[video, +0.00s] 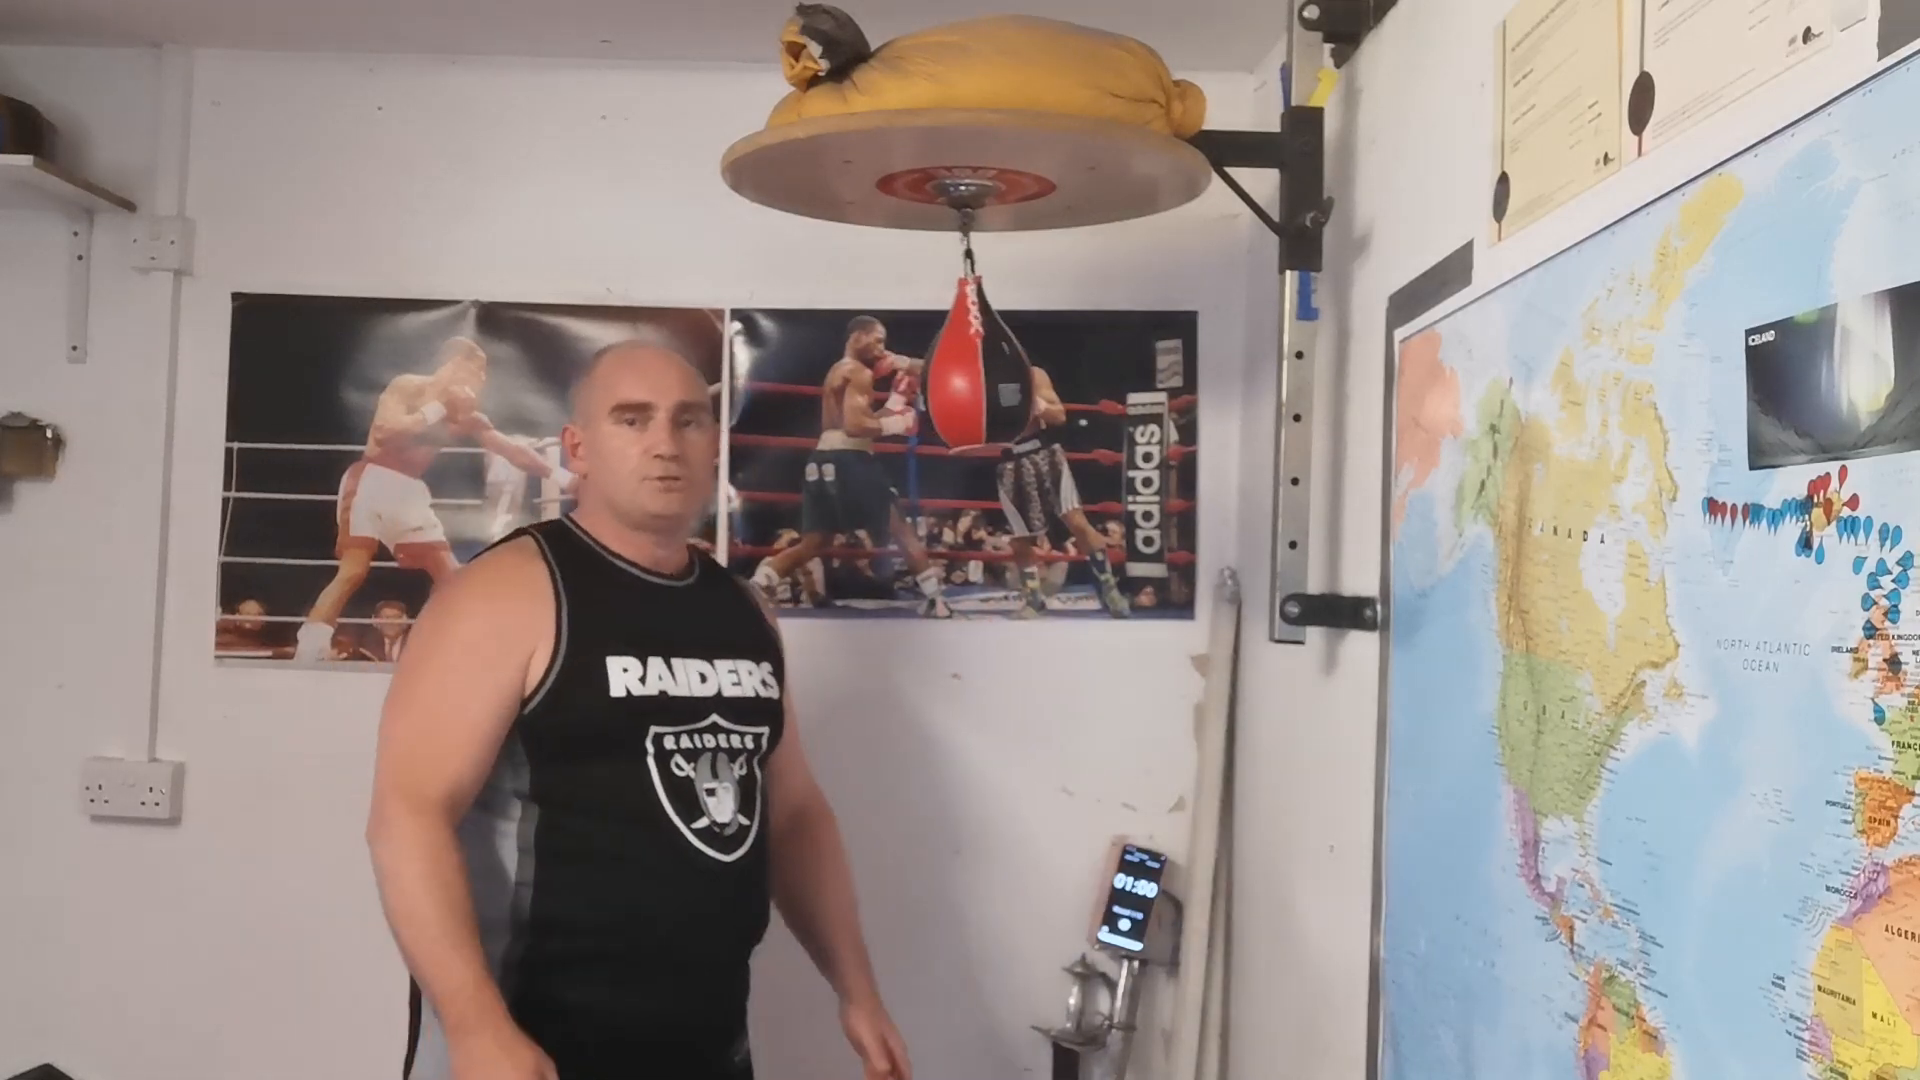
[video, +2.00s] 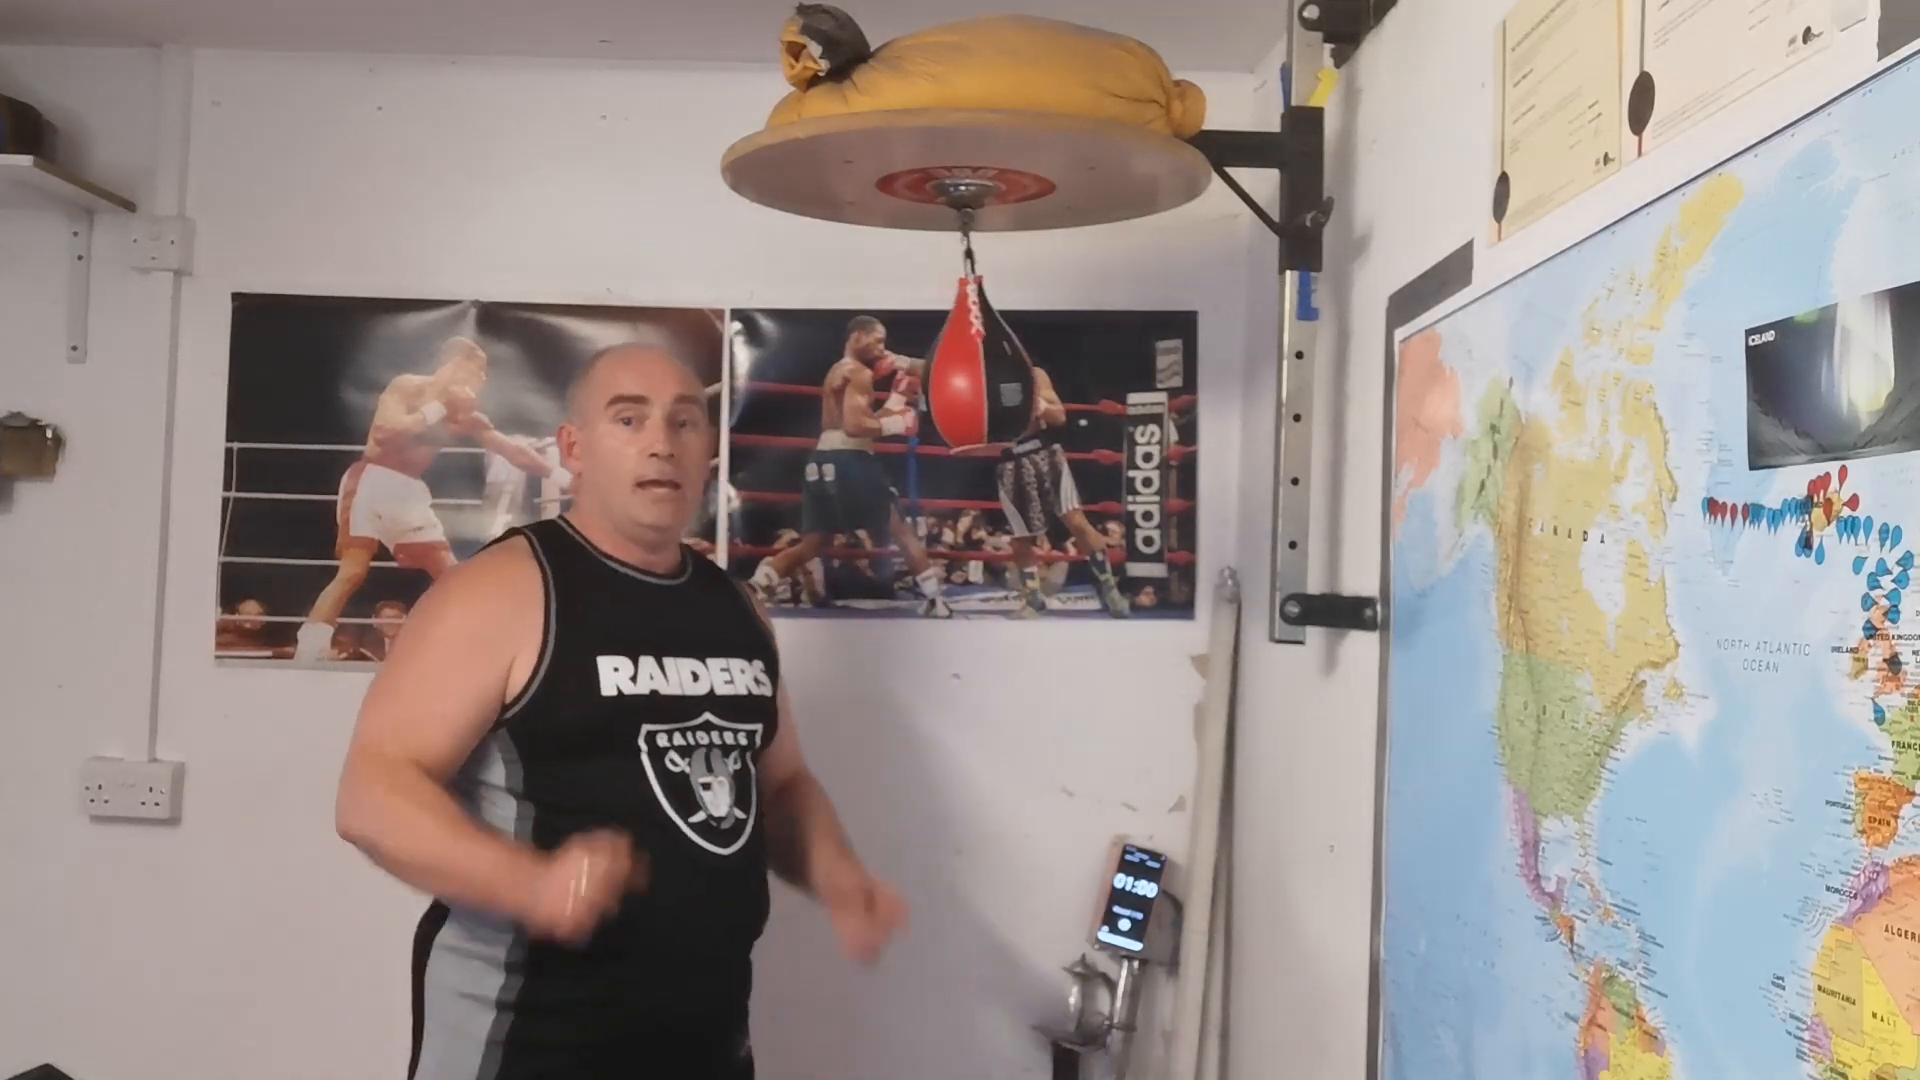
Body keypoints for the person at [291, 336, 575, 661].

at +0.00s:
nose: (476, 382)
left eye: (480, 375)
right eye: (473, 372)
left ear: (476, 379)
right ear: (453, 365)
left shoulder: (462, 411)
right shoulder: (404, 387)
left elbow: (512, 451)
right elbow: (382, 433)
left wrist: (559, 477)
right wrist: (432, 415)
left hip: (408, 491)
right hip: (370, 482)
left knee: (447, 573)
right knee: (353, 569)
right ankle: (308, 646)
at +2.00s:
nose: (480, 381)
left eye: (482, 375)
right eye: (475, 371)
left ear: (476, 378)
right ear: (453, 364)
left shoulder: (464, 411)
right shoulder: (406, 386)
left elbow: (509, 449)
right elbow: (382, 433)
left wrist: (558, 475)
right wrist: (433, 414)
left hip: (410, 492)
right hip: (371, 482)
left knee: (449, 573)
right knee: (352, 572)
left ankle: (461, 655)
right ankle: (307, 650)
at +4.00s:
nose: (476, 385)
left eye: (479, 378)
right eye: (472, 374)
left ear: (477, 380)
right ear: (452, 365)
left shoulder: (464, 415)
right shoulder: (405, 386)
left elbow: (511, 449)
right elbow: (384, 433)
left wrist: (563, 478)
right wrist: (437, 409)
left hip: (408, 493)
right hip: (367, 483)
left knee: (449, 574)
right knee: (353, 570)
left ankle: (463, 654)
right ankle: (306, 651)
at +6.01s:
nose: (479, 385)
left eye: (480, 378)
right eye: (476, 375)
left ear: (471, 380)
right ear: (454, 367)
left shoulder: (463, 416)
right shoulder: (405, 386)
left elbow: (511, 450)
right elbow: (384, 432)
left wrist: (564, 478)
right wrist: (437, 408)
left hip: (409, 493)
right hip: (370, 484)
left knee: (449, 574)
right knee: (353, 571)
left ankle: (461, 654)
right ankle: (305, 652)